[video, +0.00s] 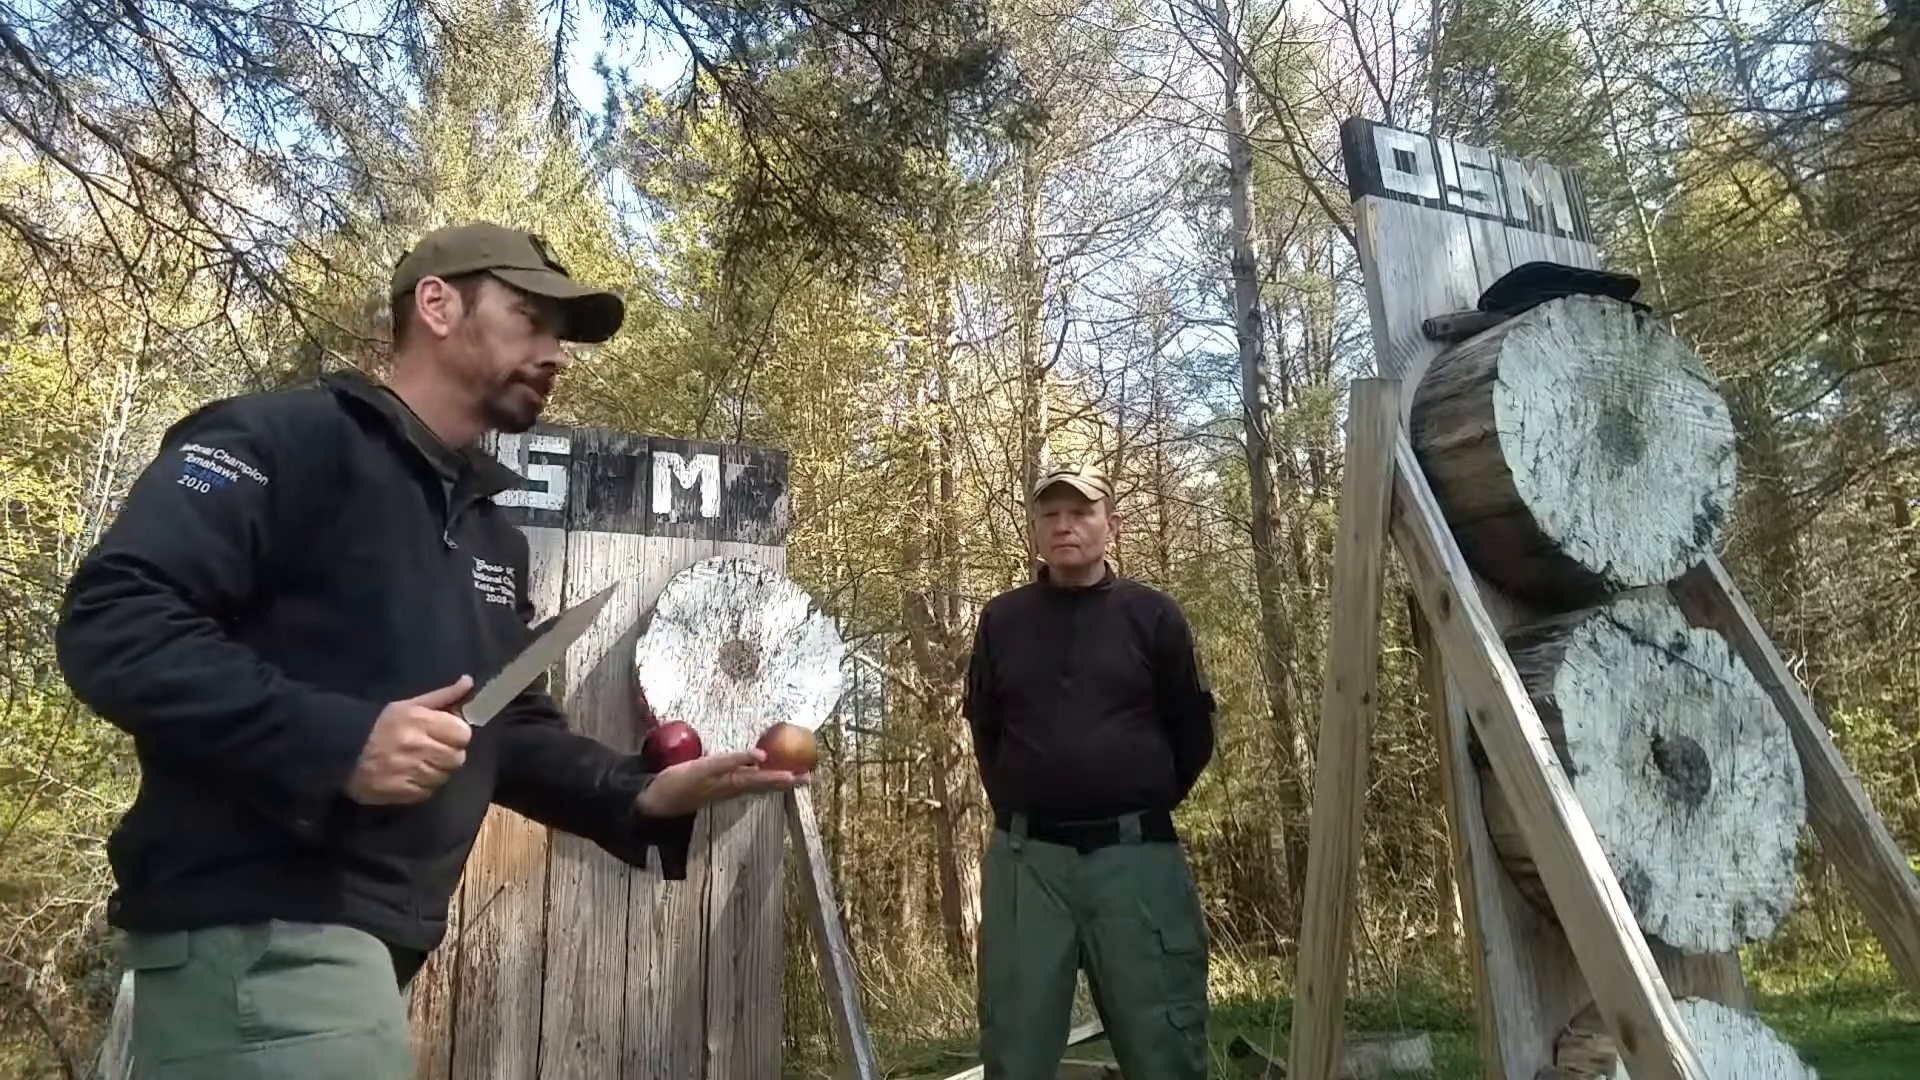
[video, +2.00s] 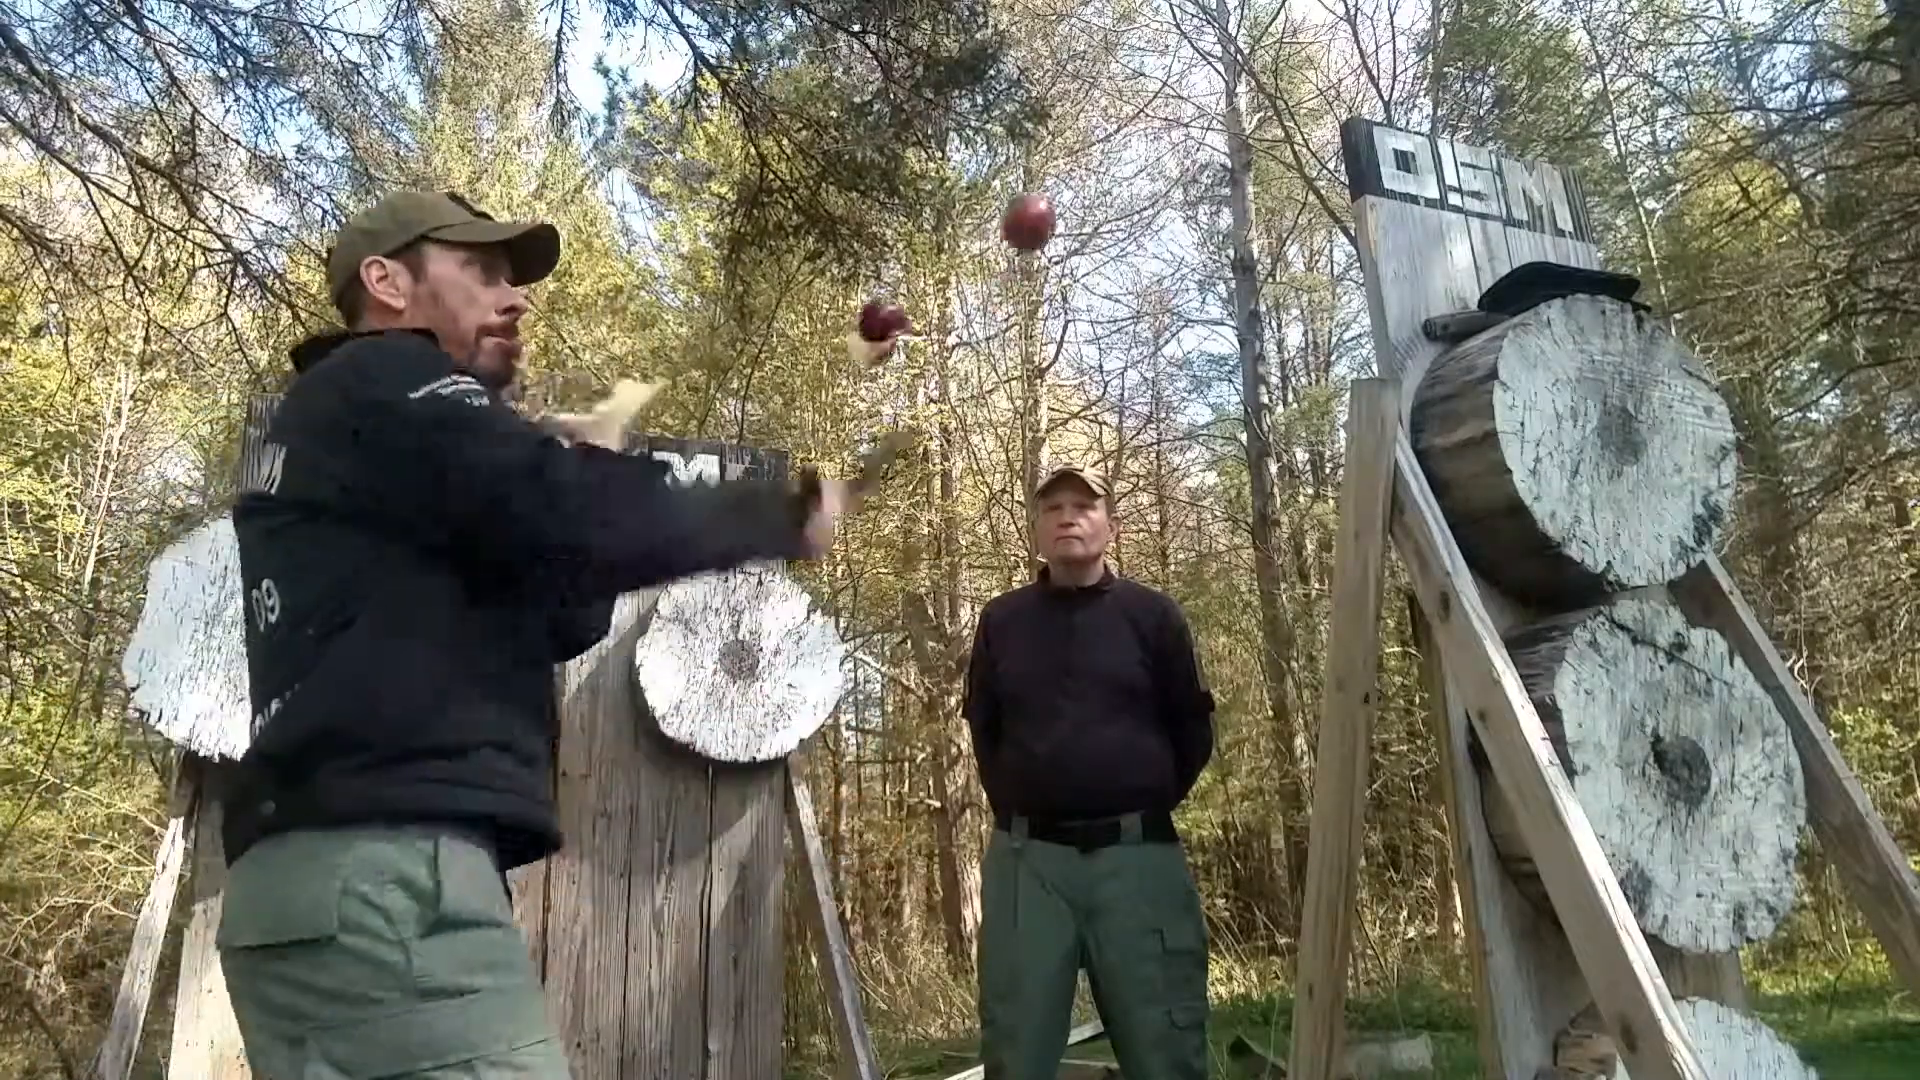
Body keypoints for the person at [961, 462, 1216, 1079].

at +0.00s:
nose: (1065, 526)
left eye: (1080, 513)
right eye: (1051, 515)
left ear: (1110, 527)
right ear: (1033, 533)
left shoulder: (1153, 614)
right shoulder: (1000, 618)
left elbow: (1193, 732)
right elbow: (984, 730)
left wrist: (1139, 811)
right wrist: (1027, 814)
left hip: (1136, 860)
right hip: (1024, 861)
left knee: (1162, 1055)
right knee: (1016, 1055)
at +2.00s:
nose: (1070, 519)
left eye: (1084, 508)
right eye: (1054, 510)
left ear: (1109, 527)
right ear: (1035, 532)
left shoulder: (1153, 613)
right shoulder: (1000, 618)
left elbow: (1194, 726)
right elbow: (983, 728)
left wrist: (1143, 812)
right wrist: (1023, 817)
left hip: (1138, 859)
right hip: (1025, 861)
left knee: (1164, 1056)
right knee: (1016, 1058)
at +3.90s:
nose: (1042, 568)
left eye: (1052, 552)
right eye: (1025, 556)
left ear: (1073, 543)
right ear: (1003, 557)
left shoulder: (1140, 617)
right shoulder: (978, 633)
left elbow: (1190, 716)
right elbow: (974, 740)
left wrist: (1150, 804)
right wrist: (999, 828)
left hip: (1137, 871)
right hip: (1024, 873)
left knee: (1162, 1054)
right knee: (1015, 1057)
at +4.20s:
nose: (1067, 526)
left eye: (1082, 513)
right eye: (1053, 515)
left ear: (1111, 531)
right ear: (1035, 533)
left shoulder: (1154, 615)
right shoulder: (1001, 618)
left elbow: (1193, 733)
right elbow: (983, 726)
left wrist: (1137, 811)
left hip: (1141, 865)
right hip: (1026, 864)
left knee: (1164, 1060)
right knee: (1017, 1061)